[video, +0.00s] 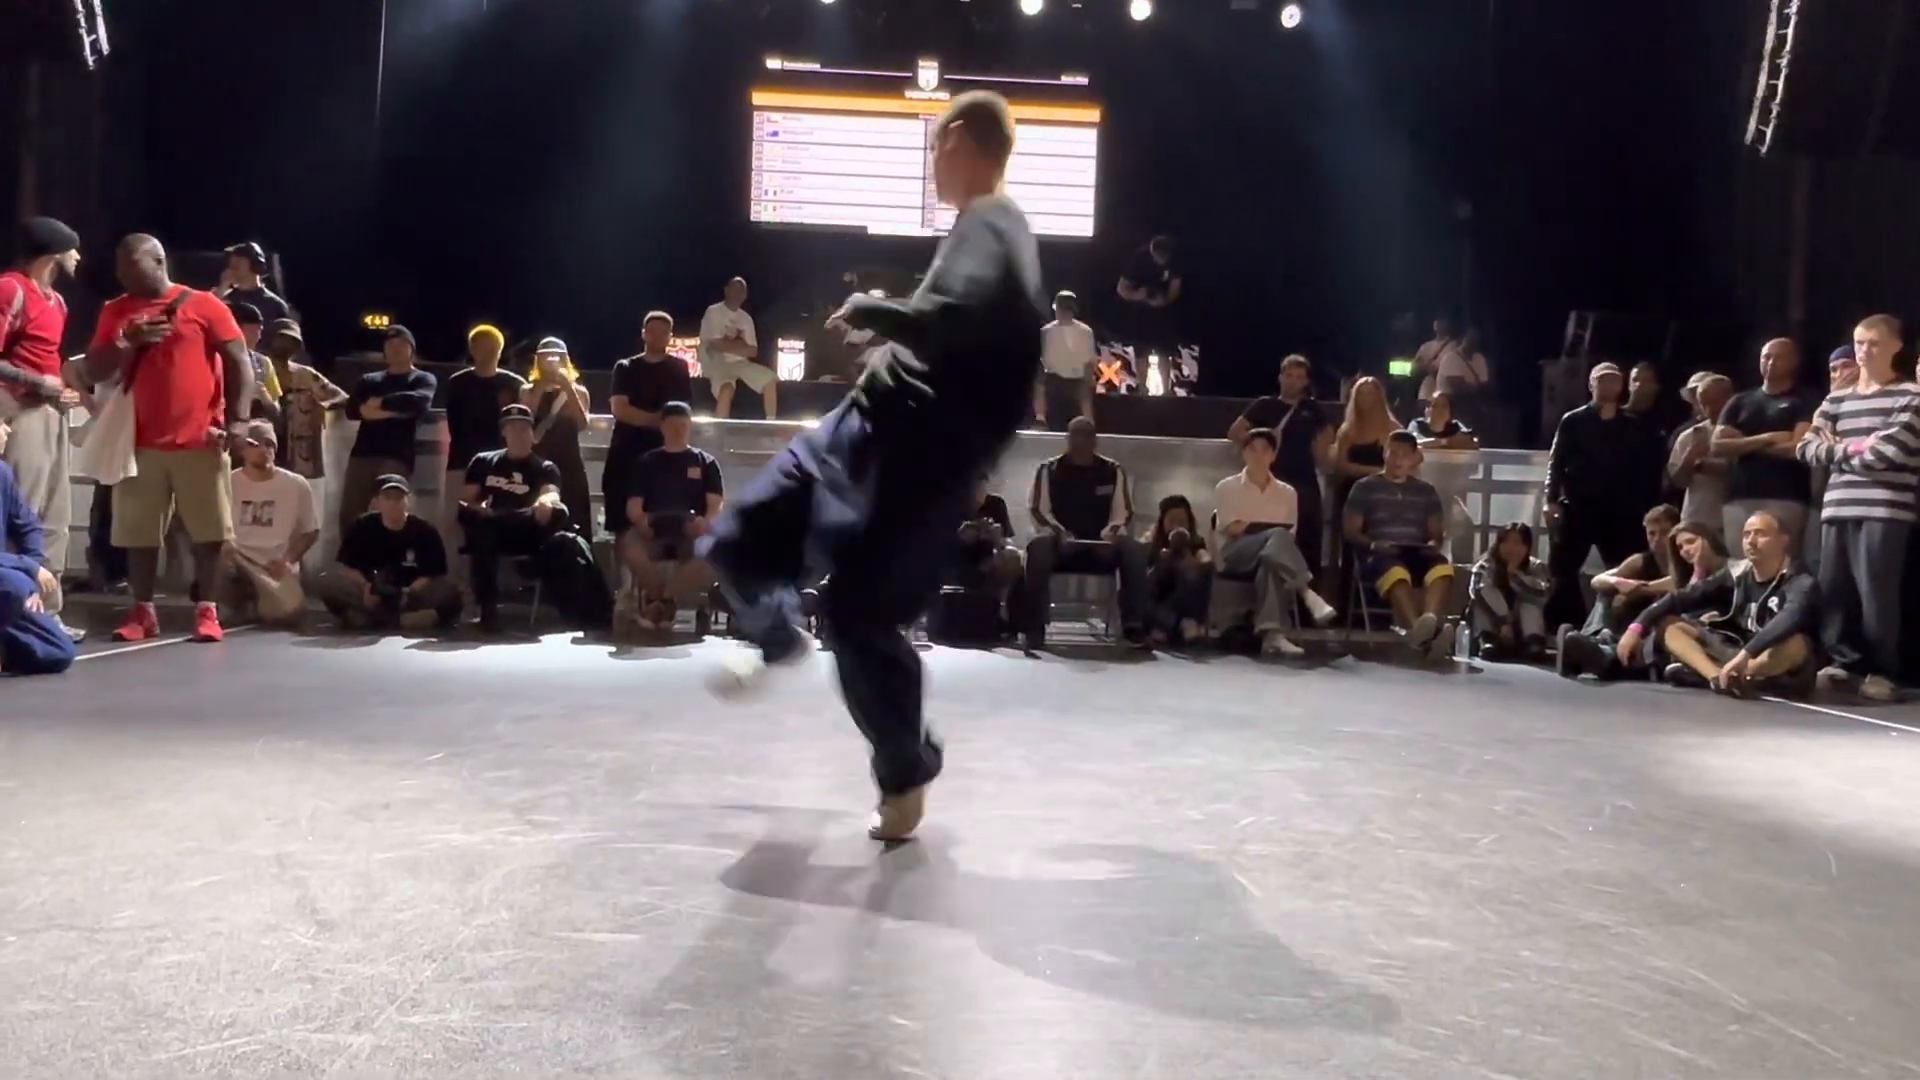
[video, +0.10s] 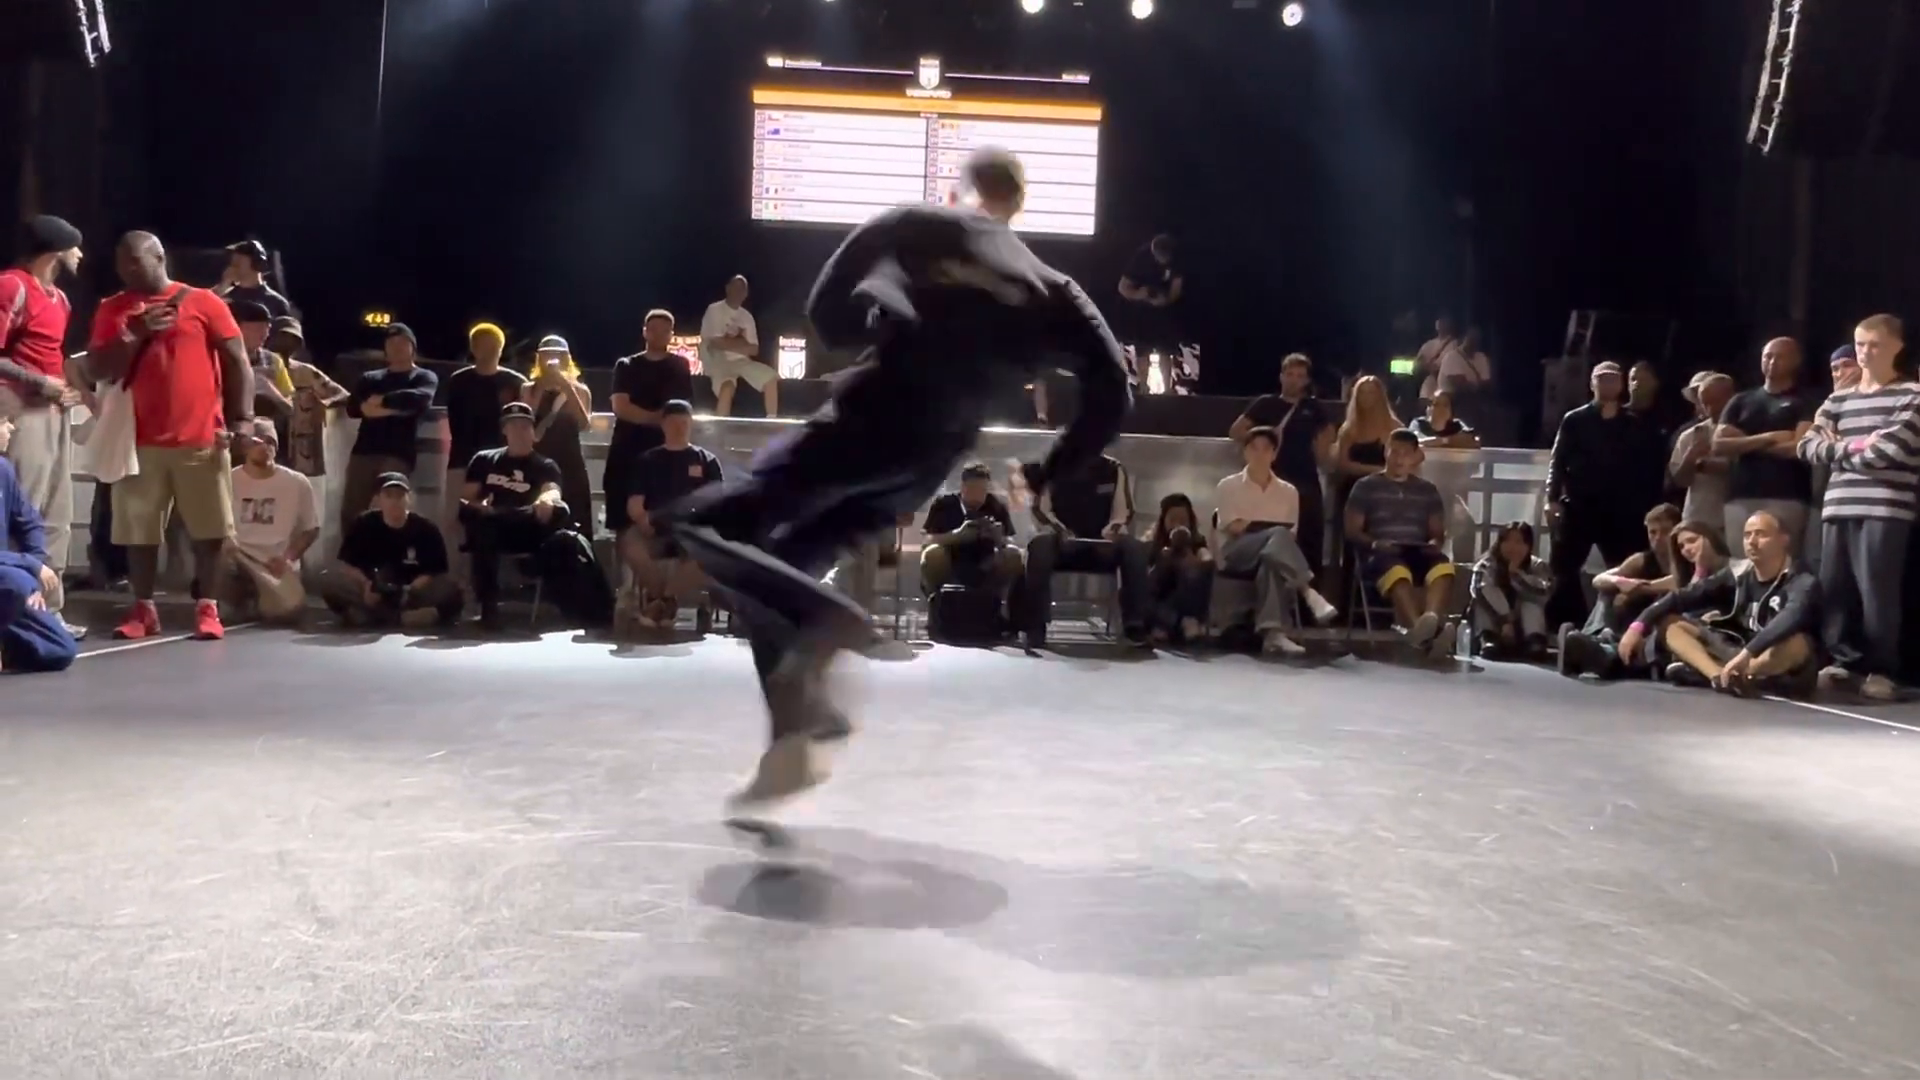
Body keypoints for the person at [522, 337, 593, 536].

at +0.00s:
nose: (551, 360)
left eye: (556, 355)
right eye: (545, 355)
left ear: (565, 360)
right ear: (537, 360)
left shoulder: (578, 392)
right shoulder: (528, 391)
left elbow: (583, 424)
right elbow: (524, 425)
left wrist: (567, 386)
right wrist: (540, 389)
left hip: (569, 462)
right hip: (538, 461)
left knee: (576, 519)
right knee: (538, 518)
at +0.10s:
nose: (552, 361)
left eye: (558, 356)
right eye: (546, 355)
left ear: (567, 359)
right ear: (538, 359)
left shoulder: (579, 391)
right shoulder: (529, 389)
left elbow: (584, 423)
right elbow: (525, 425)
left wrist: (566, 386)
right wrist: (541, 390)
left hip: (570, 463)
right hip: (539, 462)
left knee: (577, 523)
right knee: (540, 522)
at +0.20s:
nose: (553, 358)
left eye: (559, 353)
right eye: (548, 353)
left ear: (567, 357)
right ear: (541, 357)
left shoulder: (581, 389)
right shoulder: (530, 388)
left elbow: (587, 427)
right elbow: (528, 428)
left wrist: (570, 396)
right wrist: (547, 401)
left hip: (571, 459)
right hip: (541, 458)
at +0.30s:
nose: (556, 358)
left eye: (561, 353)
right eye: (551, 353)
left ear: (570, 357)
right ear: (543, 357)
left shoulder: (583, 388)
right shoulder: (533, 387)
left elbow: (588, 429)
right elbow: (536, 432)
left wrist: (570, 400)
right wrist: (557, 406)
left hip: (573, 457)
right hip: (543, 457)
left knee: (580, 517)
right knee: (544, 518)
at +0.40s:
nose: (557, 357)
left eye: (562, 352)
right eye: (552, 351)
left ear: (571, 356)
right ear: (544, 355)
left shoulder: (583, 387)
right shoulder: (534, 386)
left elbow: (590, 429)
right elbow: (536, 431)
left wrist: (571, 404)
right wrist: (553, 405)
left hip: (574, 458)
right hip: (544, 457)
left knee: (580, 518)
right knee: (544, 518)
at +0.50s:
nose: (558, 356)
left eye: (563, 351)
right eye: (553, 350)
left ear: (572, 355)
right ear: (545, 354)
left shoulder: (584, 386)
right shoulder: (535, 384)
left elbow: (592, 427)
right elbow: (532, 426)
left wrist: (574, 409)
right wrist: (553, 411)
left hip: (574, 454)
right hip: (544, 453)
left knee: (581, 513)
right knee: (543, 512)